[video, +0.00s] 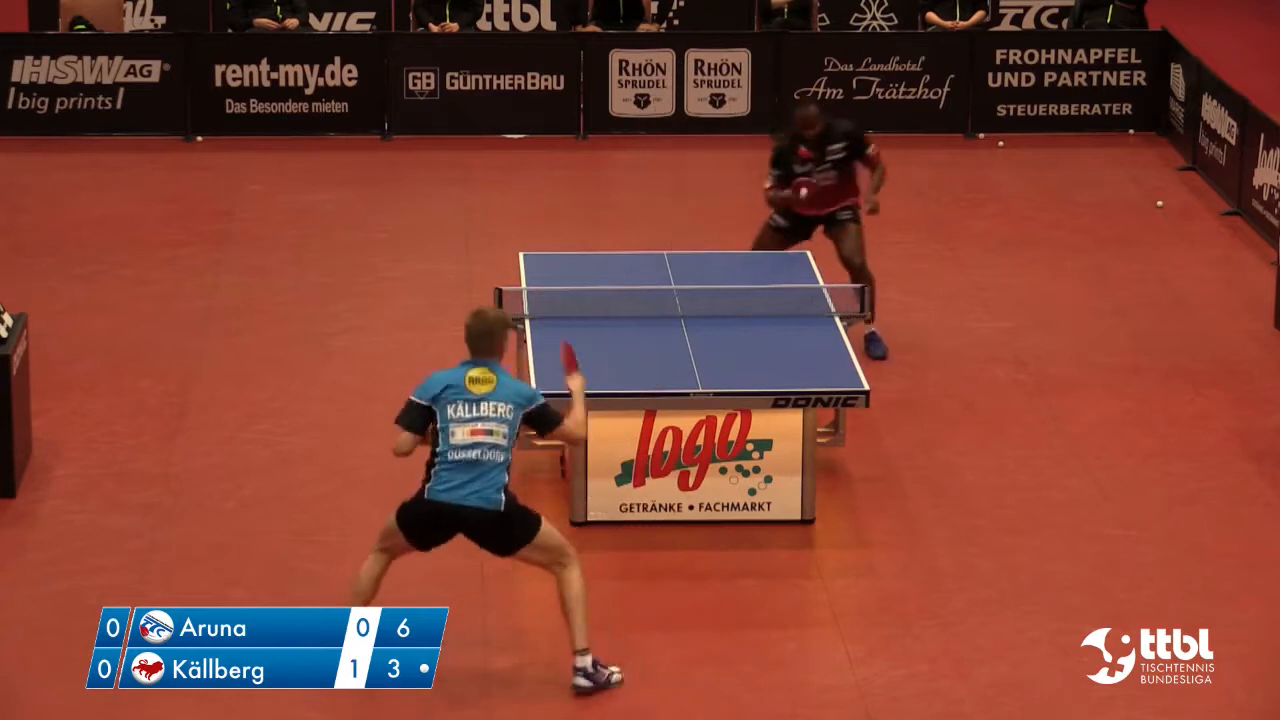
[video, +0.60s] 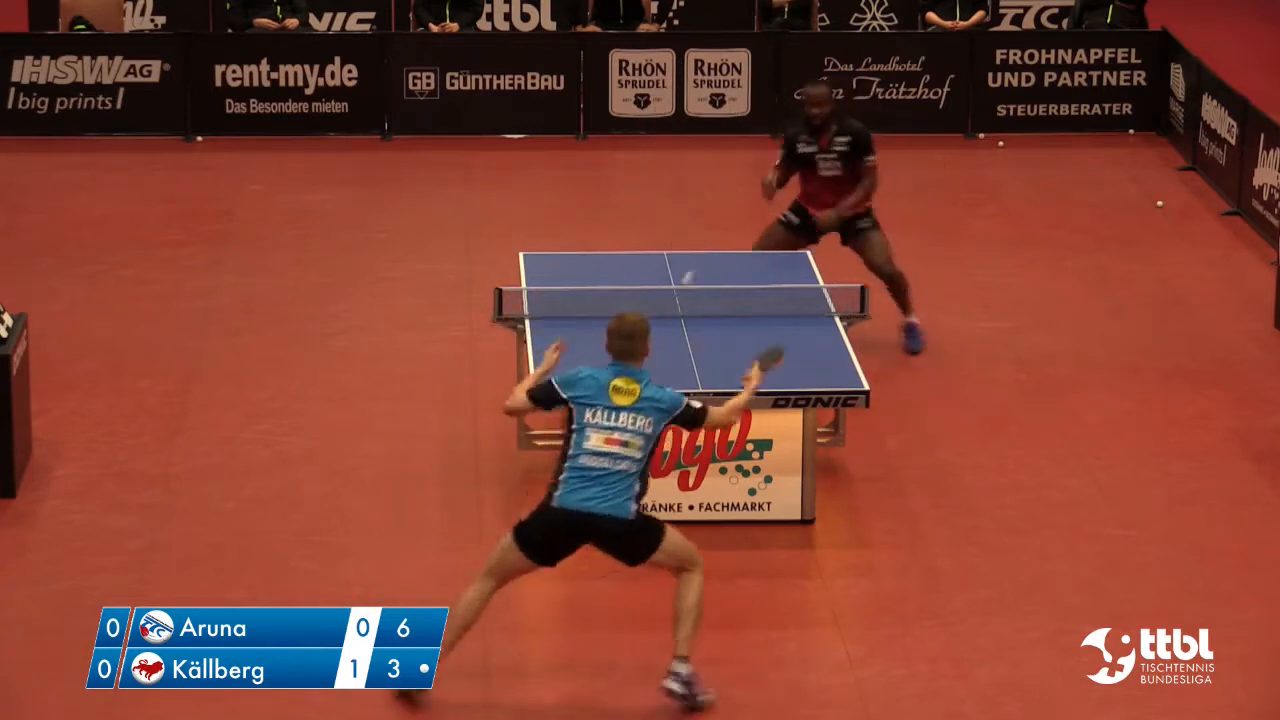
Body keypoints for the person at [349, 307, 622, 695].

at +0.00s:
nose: (510, 343)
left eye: (509, 337)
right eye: (509, 339)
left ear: (467, 342)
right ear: (504, 344)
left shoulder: (437, 383)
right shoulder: (519, 392)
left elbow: (402, 446)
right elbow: (576, 433)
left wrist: (425, 429)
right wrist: (577, 390)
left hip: (436, 505)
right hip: (492, 509)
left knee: (383, 551)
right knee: (565, 562)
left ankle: (346, 637)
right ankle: (585, 665)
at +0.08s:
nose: (526, 347)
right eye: (526, 342)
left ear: (484, 345)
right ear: (522, 347)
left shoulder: (453, 381)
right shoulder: (533, 396)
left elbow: (409, 436)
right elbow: (589, 447)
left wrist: (446, 435)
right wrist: (594, 420)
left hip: (442, 501)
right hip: (499, 504)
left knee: (388, 551)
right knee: (585, 551)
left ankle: (347, 636)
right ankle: (600, 661)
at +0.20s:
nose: (551, 365)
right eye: (551, 360)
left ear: (513, 359)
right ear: (549, 364)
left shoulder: (480, 391)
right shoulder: (556, 410)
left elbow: (441, 450)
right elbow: (604, 471)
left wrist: (473, 452)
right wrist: (578, 470)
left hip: (464, 510)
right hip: (516, 515)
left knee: (411, 551)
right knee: (595, 583)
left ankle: (376, 637)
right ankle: (641, 679)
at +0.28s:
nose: (574, 385)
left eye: (568, 378)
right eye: (573, 380)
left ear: (535, 378)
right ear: (569, 386)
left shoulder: (501, 406)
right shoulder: (570, 429)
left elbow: (462, 462)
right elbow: (617, 497)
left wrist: (504, 463)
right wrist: (589, 504)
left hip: (470, 525)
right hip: (523, 531)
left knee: (422, 570)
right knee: (610, 585)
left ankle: (381, 648)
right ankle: (638, 688)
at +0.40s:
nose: (613, 386)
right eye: (614, 381)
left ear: (575, 382)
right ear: (611, 388)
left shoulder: (540, 409)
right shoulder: (612, 435)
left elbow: (491, 457)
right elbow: (665, 492)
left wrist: (517, 455)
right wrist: (622, 493)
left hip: (502, 525)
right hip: (557, 533)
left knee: (438, 579)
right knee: (645, 580)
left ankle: (378, 649)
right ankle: (648, 690)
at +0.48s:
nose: (636, 370)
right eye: (635, 365)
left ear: (596, 367)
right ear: (632, 371)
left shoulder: (568, 393)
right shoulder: (644, 421)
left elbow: (524, 425)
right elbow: (685, 445)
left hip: (528, 518)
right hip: (580, 529)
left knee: (453, 588)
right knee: (658, 579)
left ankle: (387, 657)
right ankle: (649, 688)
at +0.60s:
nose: (644, 350)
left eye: (623, 343)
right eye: (646, 344)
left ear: (608, 348)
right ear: (647, 349)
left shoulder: (580, 383)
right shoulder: (661, 399)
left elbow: (513, 404)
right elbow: (721, 417)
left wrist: (542, 369)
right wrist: (751, 387)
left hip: (563, 513)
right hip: (619, 519)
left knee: (489, 579)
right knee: (690, 564)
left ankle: (423, 668)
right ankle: (681, 669)